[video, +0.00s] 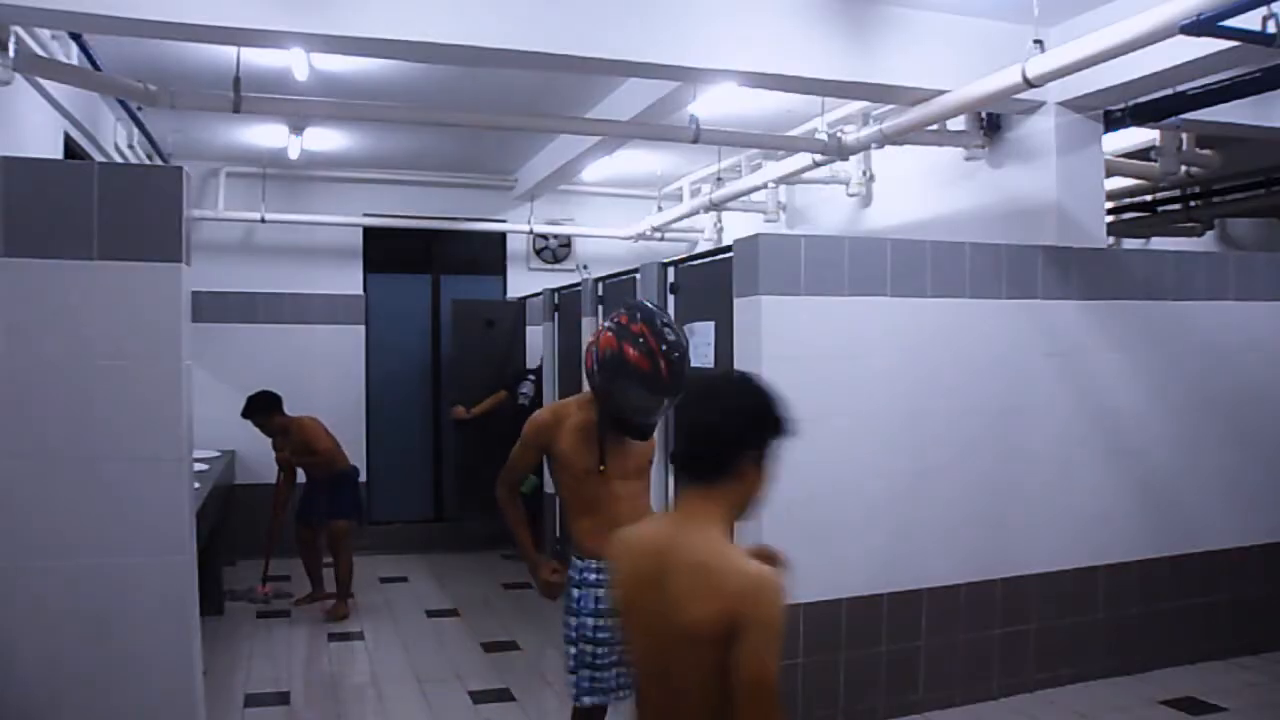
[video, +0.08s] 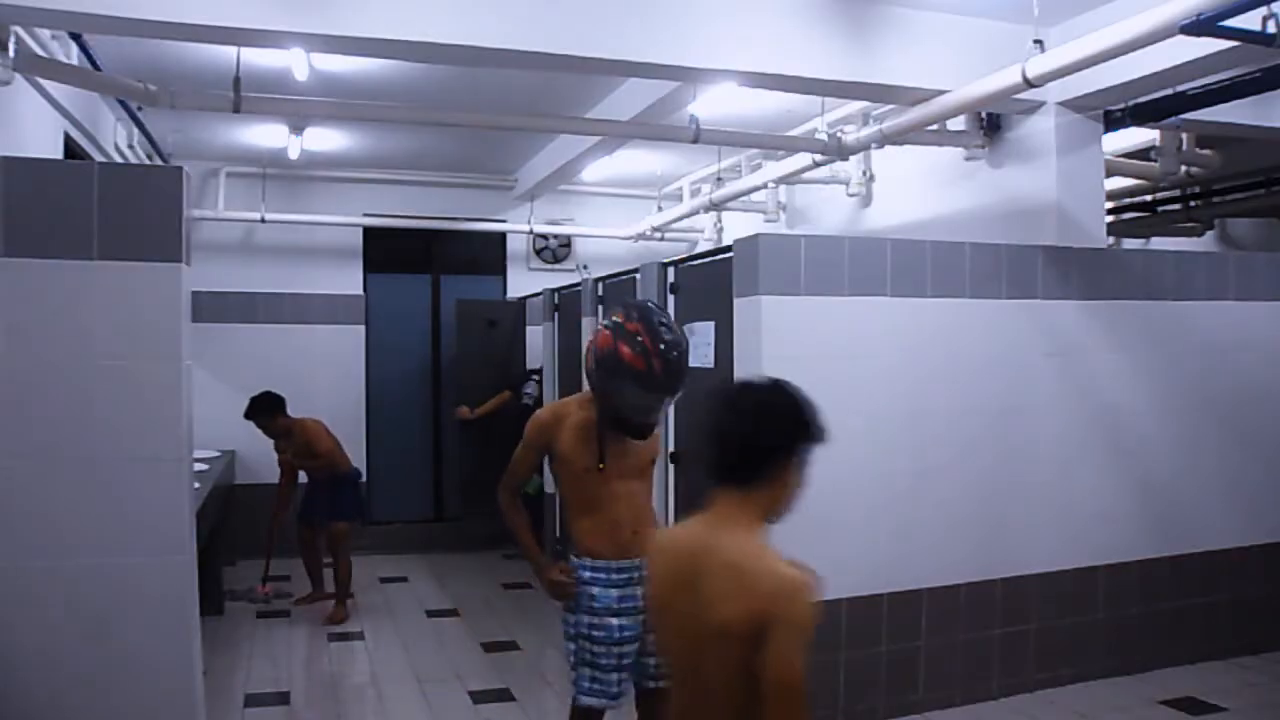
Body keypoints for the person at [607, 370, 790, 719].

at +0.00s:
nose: (765, 477)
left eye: (765, 461)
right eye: (764, 461)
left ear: (678, 453)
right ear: (749, 466)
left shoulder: (625, 546)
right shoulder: (751, 585)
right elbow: (756, 707)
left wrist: (732, 564)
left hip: (647, 711)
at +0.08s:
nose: (802, 482)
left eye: (803, 465)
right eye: (801, 465)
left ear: (721, 456)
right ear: (785, 469)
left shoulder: (661, 548)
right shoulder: (783, 588)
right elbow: (783, 705)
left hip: (680, 711)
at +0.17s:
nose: (835, 480)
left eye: (835, 466)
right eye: (835, 466)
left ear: (755, 457)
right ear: (824, 471)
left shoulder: (696, 545)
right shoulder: (816, 588)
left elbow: (693, 649)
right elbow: (815, 705)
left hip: (709, 709)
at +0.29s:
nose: (883, 473)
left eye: (885, 458)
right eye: (885, 458)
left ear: (809, 443)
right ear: (874, 460)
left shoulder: (749, 533)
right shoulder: (867, 574)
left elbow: (741, 632)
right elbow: (869, 700)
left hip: (760, 702)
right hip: (828, 707)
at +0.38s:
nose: (908, 462)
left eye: (909, 449)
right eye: (909, 449)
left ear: (835, 437)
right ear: (898, 451)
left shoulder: (778, 523)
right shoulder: (891, 558)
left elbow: (769, 639)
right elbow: (899, 677)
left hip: (786, 696)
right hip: (858, 701)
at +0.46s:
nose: (927, 453)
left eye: (928, 439)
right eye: (929, 439)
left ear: (855, 430)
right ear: (918, 443)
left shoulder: (802, 515)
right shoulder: (916, 544)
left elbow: (788, 627)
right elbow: (928, 665)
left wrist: (787, 694)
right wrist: (945, 708)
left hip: (812, 691)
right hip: (884, 697)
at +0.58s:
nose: (952, 451)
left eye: (953, 438)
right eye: (953, 438)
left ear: (886, 432)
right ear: (942, 442)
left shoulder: (834, 514)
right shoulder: (946, 536)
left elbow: (803, 611)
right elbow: (971, 643)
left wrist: (785, 684)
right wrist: (992, 704)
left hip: (846, 686)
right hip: (916, 691)